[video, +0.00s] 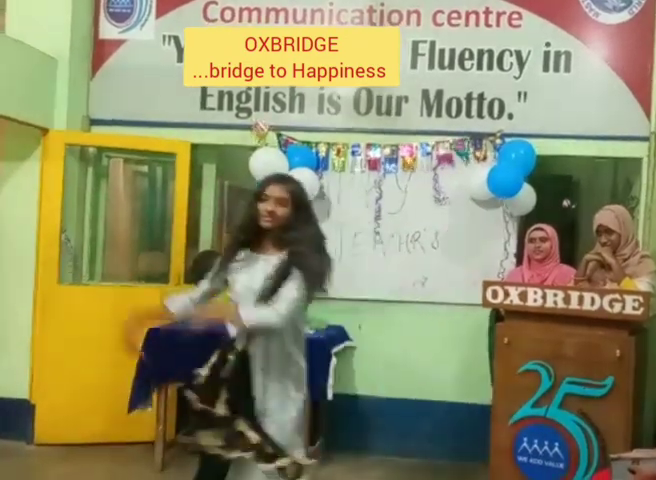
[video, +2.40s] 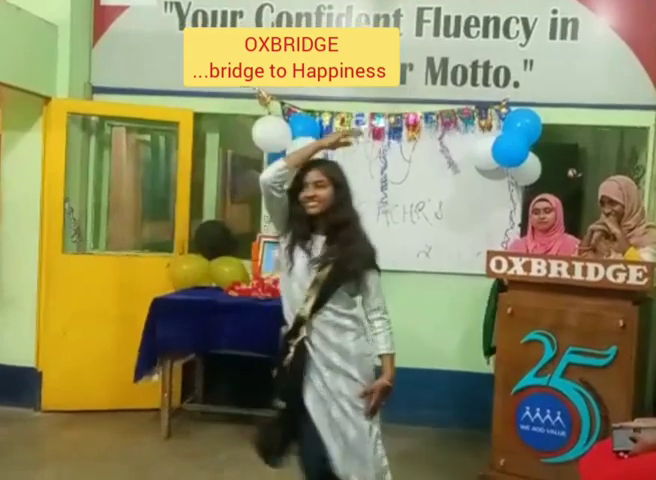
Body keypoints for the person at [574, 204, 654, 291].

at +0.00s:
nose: (603, 240)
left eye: (609, 232)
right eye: (599, 234)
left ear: (624, 232)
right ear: (595, 235)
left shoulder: (644, 263)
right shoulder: (592, 261)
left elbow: (640, 299)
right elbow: (575, 294)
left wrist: (613, 263)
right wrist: (584, 264)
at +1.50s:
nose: (604, 229)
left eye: (611, 222)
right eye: (600, 222)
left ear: (627, 221)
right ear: (597, 224)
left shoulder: (647, 253)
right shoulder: (595, 251)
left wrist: (617, 252)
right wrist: (587, 254)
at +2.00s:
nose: (605, 219)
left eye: (612, 211)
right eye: (602, 212)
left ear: (629, 211)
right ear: (599, 213)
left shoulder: (649, 243)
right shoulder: (596, 241)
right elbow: (580, 271)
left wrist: (618, 242)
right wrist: (588, 242)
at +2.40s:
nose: (606, 211)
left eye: (613, 203)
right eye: (602, 203)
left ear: (630, 203)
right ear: (599, 205)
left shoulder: (649, 235)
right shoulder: (597, 234)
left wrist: (618, 234)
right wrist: (588, 240)